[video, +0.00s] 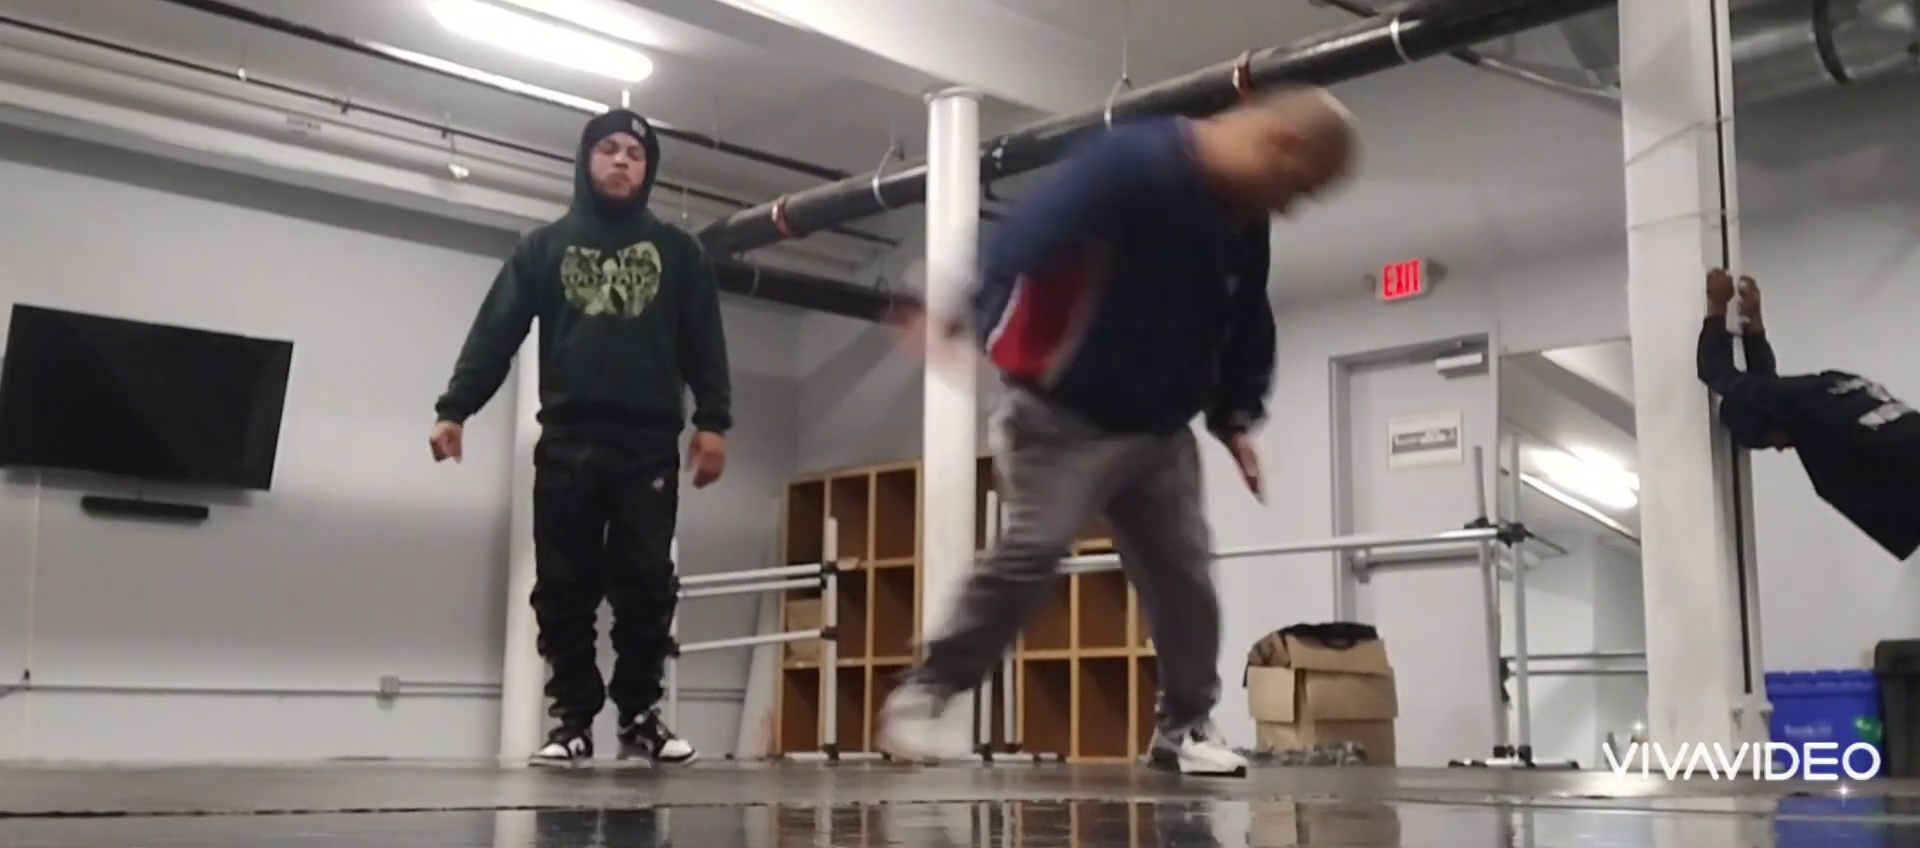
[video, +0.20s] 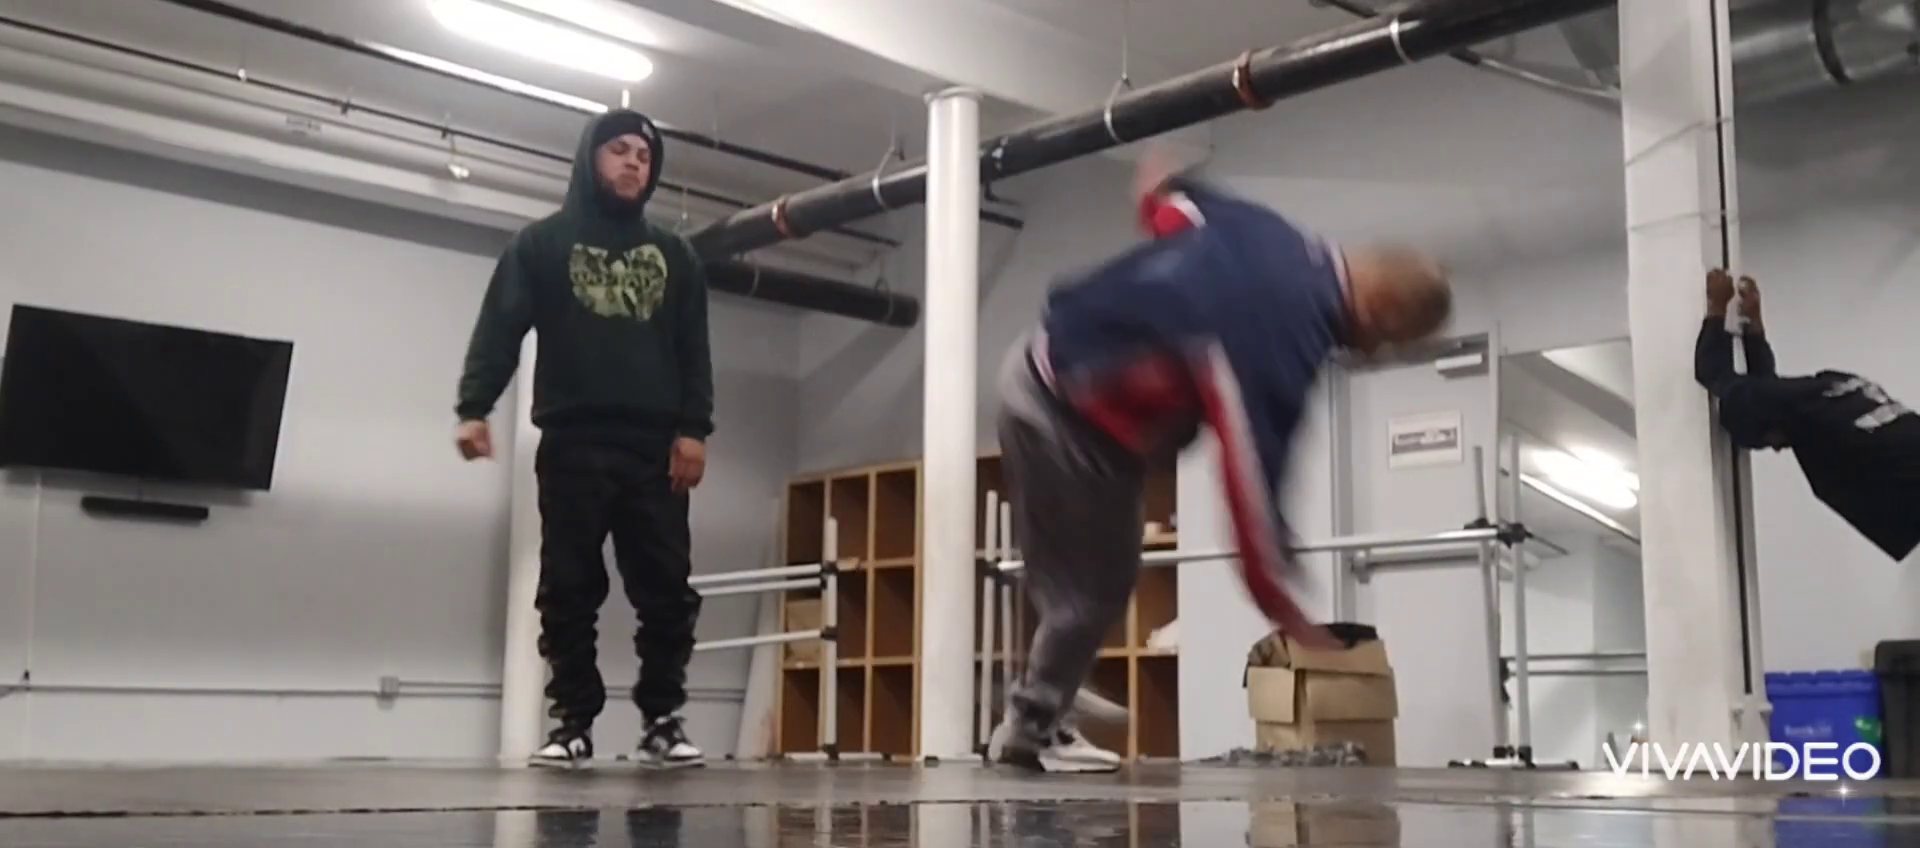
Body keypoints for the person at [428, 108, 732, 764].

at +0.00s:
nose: (621, 162)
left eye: (633, 154)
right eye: (609, 151)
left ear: (649, 170)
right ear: (584, 162)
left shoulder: (680, 251)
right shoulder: (548, 244)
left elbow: (705, 341)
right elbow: (497, 328)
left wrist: (713, 423)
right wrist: (453, 409)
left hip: (649, 440)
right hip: (568, 436)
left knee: (647, 583)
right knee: (563, 586)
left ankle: (640, 718)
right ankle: (573, 723)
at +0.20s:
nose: (633, 163)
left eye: (644, 156)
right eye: (620, 151)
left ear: (652, 172)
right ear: (590, 158)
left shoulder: (674, 254)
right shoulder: (543, 241)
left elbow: (694, 349)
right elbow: (500, 325)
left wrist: (694, 430)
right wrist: (475, 410)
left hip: (653, 443)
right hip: (571, 441)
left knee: (667, 589)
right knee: (569, 588)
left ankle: (663, 725)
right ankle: (571, 727)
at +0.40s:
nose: (658, 170)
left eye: (667, 164)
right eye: (645, 156)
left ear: (672, 181)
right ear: (613, 162)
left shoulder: (683, 258)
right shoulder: (565, 242)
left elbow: (704, 352)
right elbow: (540, 336)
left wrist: (712, 434)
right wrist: (548, 421)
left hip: (660, 447)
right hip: (583, 444)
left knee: (671, 593)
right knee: (578, 592)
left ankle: (677, 725)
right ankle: (574, 726)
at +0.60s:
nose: (691, 182)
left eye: (699, 173)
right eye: (679, 168)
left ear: (704, 186)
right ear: (644, 171)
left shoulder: (708, 267)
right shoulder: (604, 246)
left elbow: (728, 360)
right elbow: (586, 340)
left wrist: (737, 446)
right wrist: (606, 420)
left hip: (694, 450)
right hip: (626, 443)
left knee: (682, 596)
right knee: (600, 588)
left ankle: (681, 729)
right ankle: (574, 728)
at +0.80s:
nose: (725, 195)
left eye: (732, 186)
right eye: (712, 181)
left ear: (736, 198)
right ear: (679, 186)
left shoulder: (729, 275)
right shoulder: (644, 254)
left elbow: (747, 367)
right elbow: (628, 348)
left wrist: (764, 454)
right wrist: (643, 434)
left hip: (727, 452)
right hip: (669, 446)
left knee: (704, 593)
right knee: (643, 579)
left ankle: (683, 729)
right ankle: (592, 713)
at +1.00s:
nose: (756, 200)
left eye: (761, 190)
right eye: (744, 186)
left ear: (762, 199)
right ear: (709, 188)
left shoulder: (741, 271)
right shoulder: (681, 255)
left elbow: (751, 373)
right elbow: (670, 349)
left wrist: (777, 459)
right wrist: (679, 435)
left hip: (739, 447)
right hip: (700, 444)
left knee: (718, 581)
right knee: (704, 578)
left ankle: (692, 722)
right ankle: (681, 723)